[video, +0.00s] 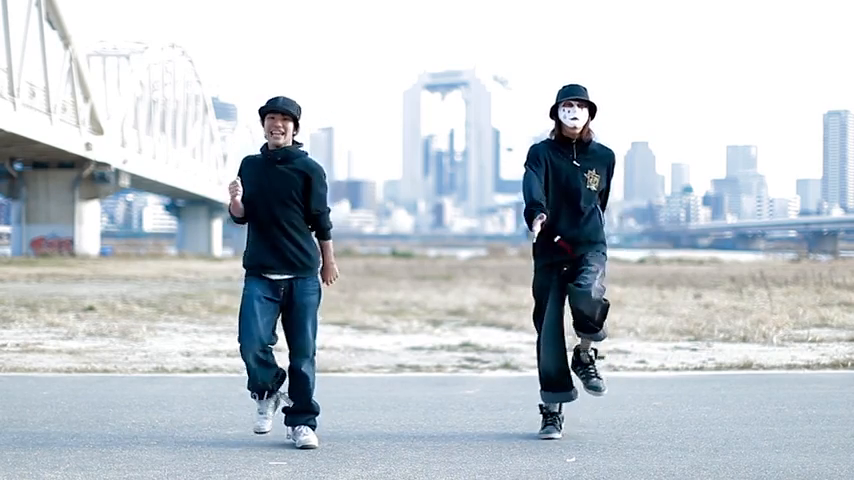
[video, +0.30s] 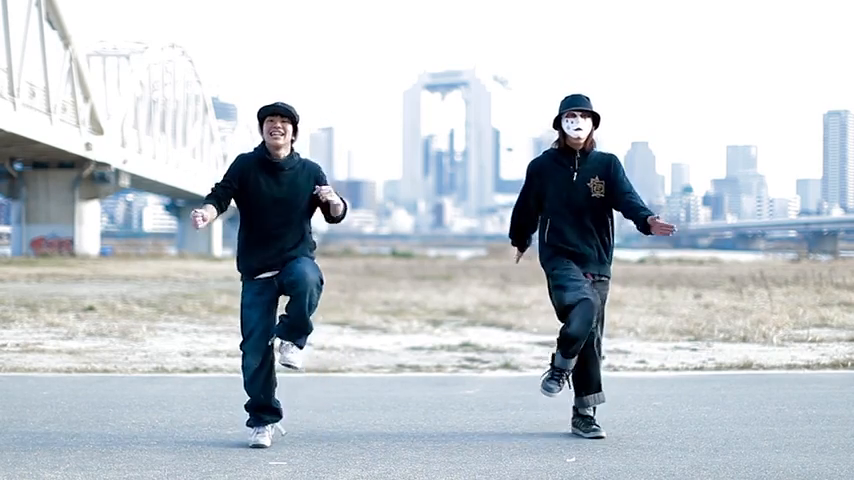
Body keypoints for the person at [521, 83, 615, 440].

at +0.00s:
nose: (573, 113)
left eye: (579, 107)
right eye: (567, 107)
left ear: (589, 114)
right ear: (556, 113)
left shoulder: (603, 156)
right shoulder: (541, 152)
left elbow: (601, 202)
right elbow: (533, 194)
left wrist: (587, 230)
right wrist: (537, 219)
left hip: (590, 246)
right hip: (550, 246)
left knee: (587, 297)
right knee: (549, 327)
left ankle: (585, 354)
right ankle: (551, 407)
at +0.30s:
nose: (577, 123)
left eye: (583, 118)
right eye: (571, 118)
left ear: (592, 124)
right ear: (560, 123)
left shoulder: (606, 164)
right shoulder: (542, 166)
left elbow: (626, 198)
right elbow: (527, 206)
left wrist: (646, 219)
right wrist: (520, 239)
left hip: (598, 259)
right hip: (559, 256)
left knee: (591, 335)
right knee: (586, 308)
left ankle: (584, 412)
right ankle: (561, 364)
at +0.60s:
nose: (575, 130)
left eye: (581, 124)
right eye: (569, 123)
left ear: (591, 127)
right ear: (559, 127)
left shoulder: (608, 166)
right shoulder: (541, 170)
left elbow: (651, 186)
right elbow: (511, 212)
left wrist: (619, 201)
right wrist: (538, 235)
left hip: (597, 271)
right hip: (557, 271)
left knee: (590, 344)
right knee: (557, 343)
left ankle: (585, 415)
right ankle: (556, 417)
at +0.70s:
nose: (574, 140)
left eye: (581, 134)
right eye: (569, 133)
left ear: (591, 133)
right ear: (559, 131)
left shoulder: (608, 166)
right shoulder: (543, 166)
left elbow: (649, 175)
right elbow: (503, 183)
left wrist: (630, 136)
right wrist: (534, 149)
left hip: (594, 265)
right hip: (552, 267)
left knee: (596, 326)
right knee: (555, 339)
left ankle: (586, 381)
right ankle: (554, 414)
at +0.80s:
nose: (577, 140)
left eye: (584, 135)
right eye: (571, 134)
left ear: (593, 133)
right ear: (560, 130)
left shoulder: (608, 161)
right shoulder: (538, 160)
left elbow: (650, 172)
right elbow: (498, 176)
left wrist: (686, 140)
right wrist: (481, 135)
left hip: (596, 258)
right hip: (554, 260)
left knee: (593, 312)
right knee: (555, 332)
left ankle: (590, 365)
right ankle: (555, 412)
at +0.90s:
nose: (580, 137)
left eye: (587, 131)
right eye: (575, 130)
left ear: (596, 129)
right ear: (563, 126)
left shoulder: (607, 159)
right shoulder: (541, 159)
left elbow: (648, 190)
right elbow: (501, 185)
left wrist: (691, 216)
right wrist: (455, 196)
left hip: (597, 257)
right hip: (555, 259)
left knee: (596, 323)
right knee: (556, 334)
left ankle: (592, 384)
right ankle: (556, 412)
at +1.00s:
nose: (583, 133)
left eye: (590, 127)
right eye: (577, 126)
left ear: (599, 130)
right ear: (566, 129)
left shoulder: (612, 169)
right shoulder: (543, 167)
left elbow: (639, 212)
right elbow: (503, 195)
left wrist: (633, 249)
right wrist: (509, 237)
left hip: (598, 268)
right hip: (557, 269)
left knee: (594, 341)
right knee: (559, 343)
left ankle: (593, 411)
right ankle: (556, 414)